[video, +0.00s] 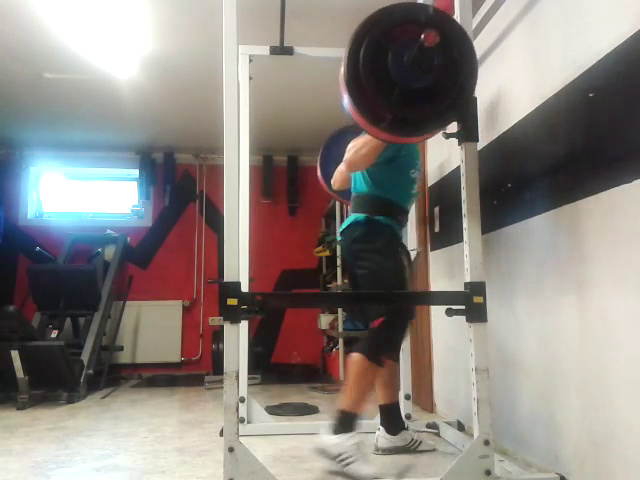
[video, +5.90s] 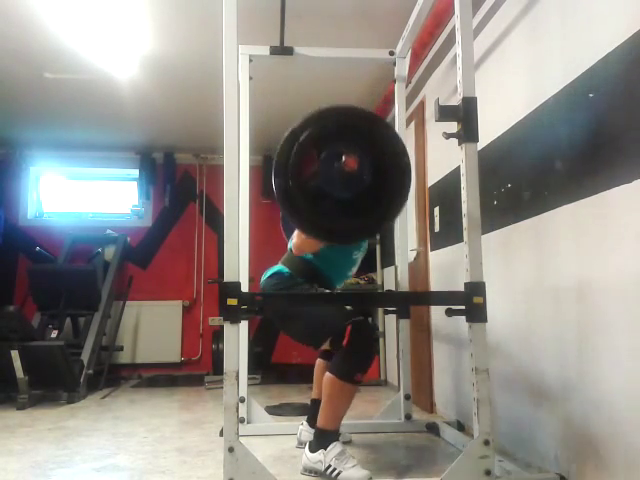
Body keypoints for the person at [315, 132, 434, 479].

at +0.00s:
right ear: (403, 102)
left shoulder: (399, 140)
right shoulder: (384, 132)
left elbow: (338, 181)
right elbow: (350, 162)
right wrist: (390, 127)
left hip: (380, 232)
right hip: (369, 230)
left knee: (388, 323)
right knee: (390, 316)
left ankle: (392, 430)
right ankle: (340, 432)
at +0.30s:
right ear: (383, 99)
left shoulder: (379, 137)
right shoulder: (365, 128)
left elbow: (320, 180)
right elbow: (330, 159)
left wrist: (312, 168)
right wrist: (370, 124)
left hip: (366, 236)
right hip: (345, 231)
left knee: (376, 330)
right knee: (346, 330)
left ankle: (392, 430)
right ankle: (321, 446)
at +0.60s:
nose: (403, 122)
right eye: (399, 115)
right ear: (381, 104)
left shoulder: (366, 136)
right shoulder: (353, 126)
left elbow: (300, 176)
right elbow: (310, 154)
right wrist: (353, 124)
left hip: (335, 231)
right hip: (320, 227)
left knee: (344, 326)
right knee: (330, 328)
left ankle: (340, 414)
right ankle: (320, 445)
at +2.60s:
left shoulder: (350, 139)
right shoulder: (334, 133)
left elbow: (285, 183)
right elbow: (296, 170)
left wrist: (298, 167)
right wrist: (338, 140)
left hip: (319, 232)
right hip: (309, 231)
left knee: (316, 331)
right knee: (316, 331)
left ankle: (315, 429)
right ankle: (319, 446)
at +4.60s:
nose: (374, 129)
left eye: (375, 122)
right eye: (370, 121)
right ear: (356, 117)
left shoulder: (346, 147)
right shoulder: (333, 137)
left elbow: (289, 187)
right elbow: (294, 169)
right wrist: (330, 132)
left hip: (316, 236)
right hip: (308, 234)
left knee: (313, 332)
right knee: (315, 332)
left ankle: (314, 429)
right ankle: (319, 446)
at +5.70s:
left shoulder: (355, 180)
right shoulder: (331, 176)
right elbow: (294, 221)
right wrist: (345, 190)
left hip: (300, 266)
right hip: (283, 264)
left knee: (335, 328)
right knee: (351, 325)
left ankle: (313, 422)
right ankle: (321, 446)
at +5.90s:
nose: (351, 166)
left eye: (356, 160)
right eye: (346, 160)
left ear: (367, 165)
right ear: (336, 164)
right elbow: (300, 245)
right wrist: (341, 206)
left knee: (340, 337)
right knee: (359, 337)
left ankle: (315, 427)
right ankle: (322, 448)